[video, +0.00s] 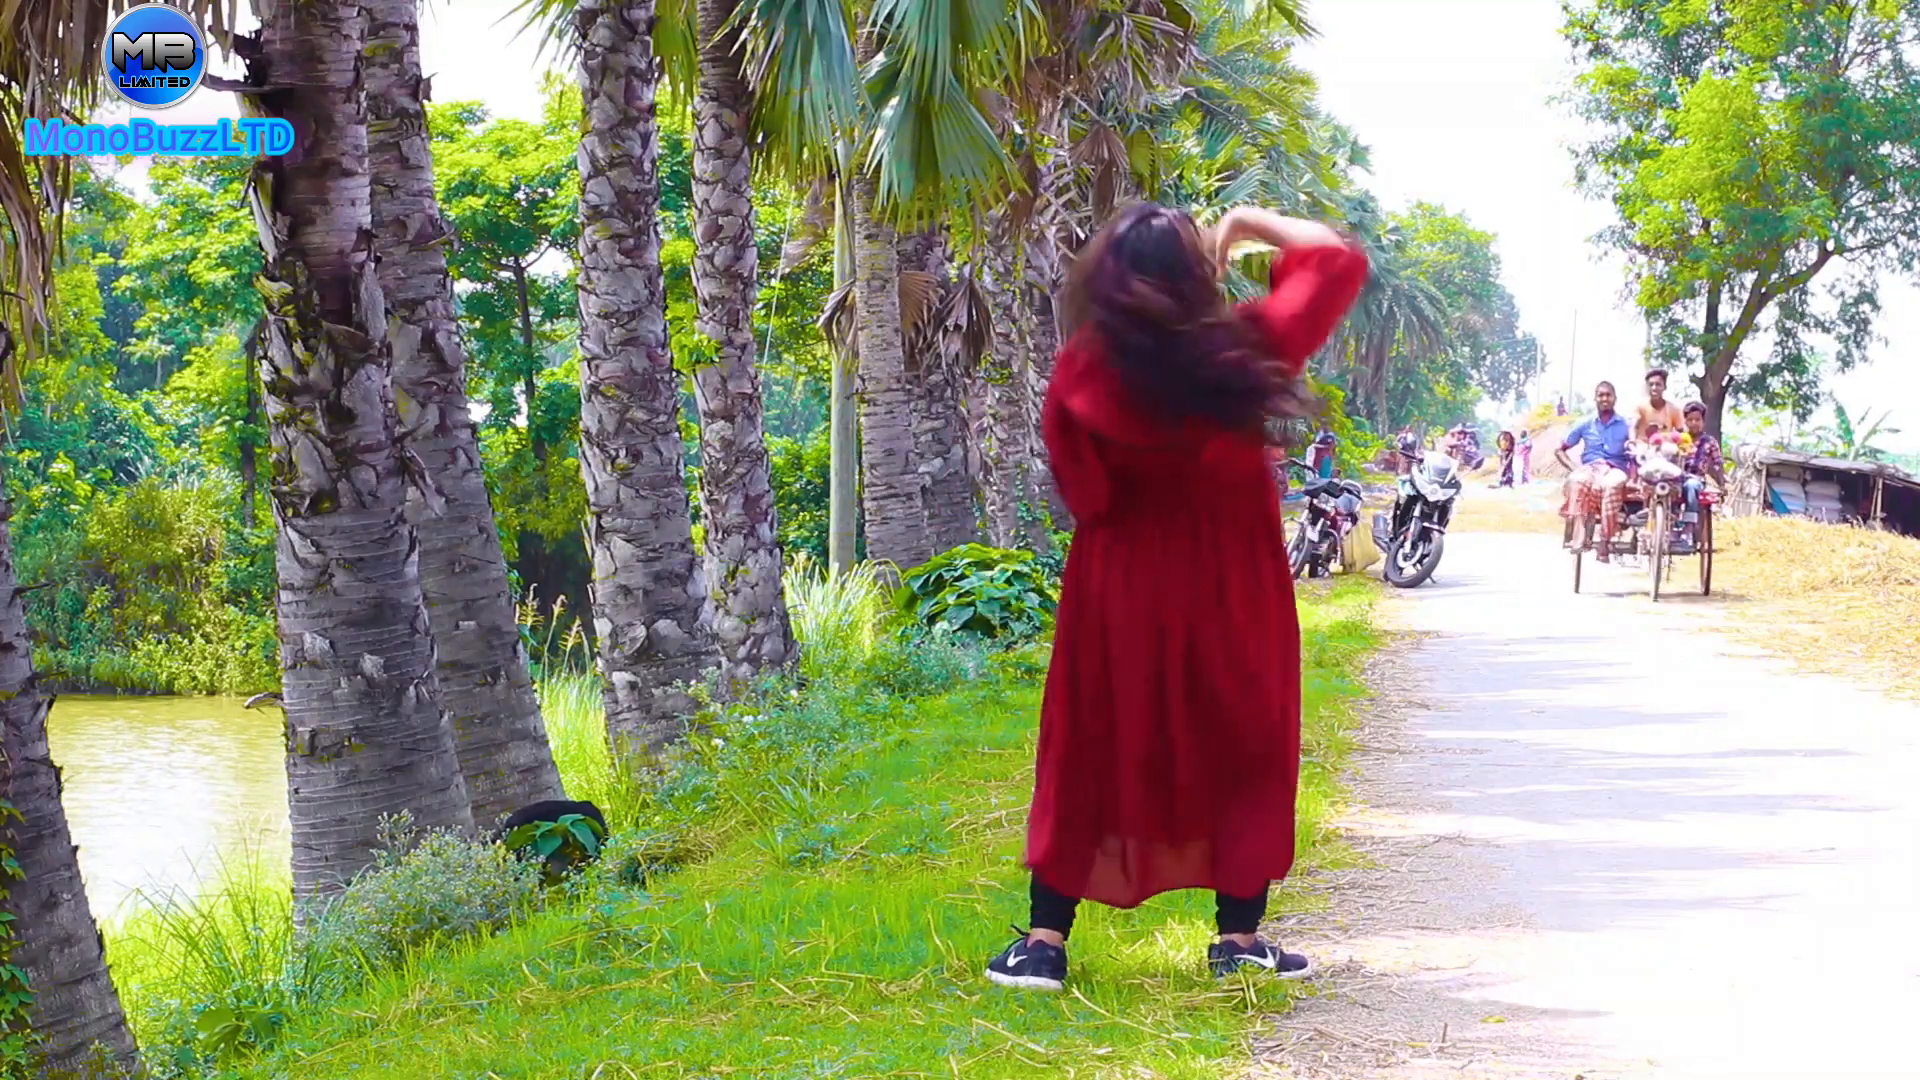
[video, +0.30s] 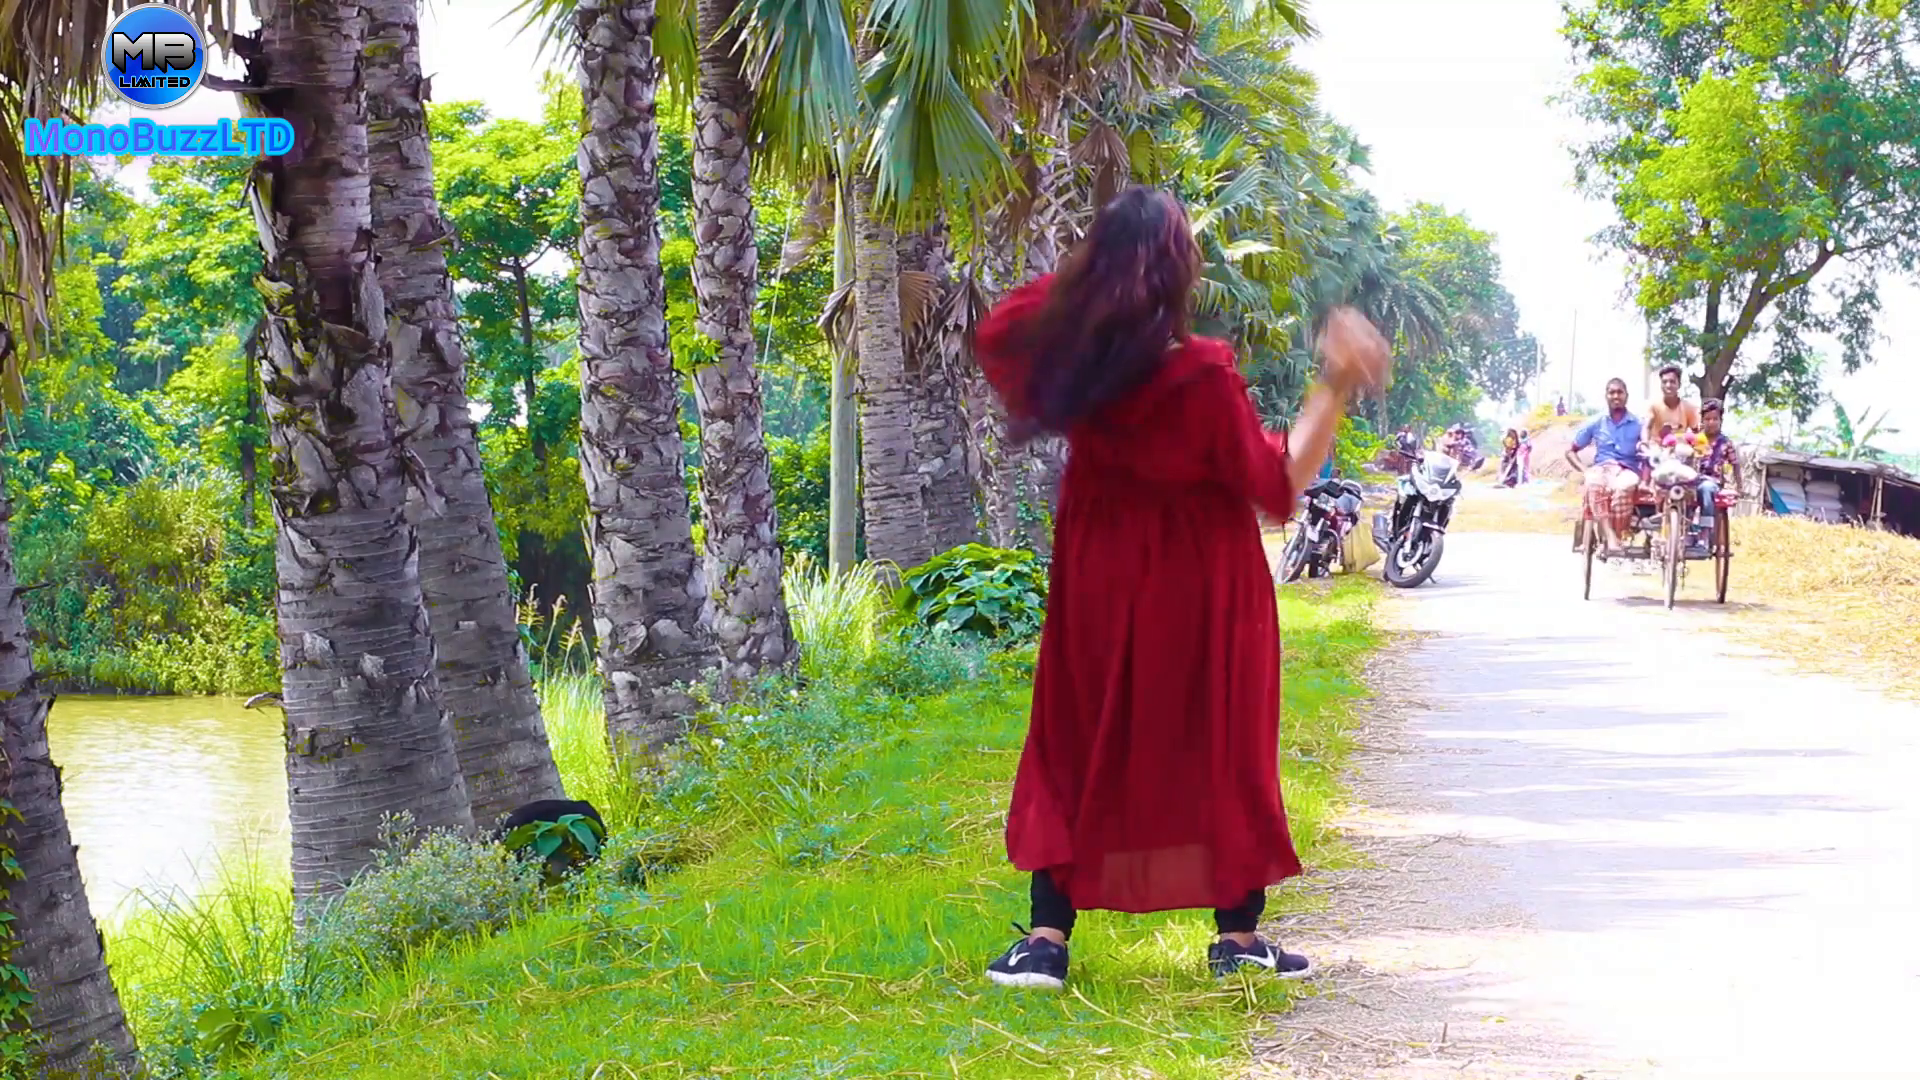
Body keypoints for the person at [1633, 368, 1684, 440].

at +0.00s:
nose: (1654, 388)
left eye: (1658, 384)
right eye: (1651, 384)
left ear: (1665, 387)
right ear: (1647, 387)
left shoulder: (1673, 410)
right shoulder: (1641, 407)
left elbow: (1682, 431)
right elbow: (1633, 426)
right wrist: (1632, 441)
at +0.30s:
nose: (1668, 385)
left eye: (1672, 382)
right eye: (1664, 382)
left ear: (1679, 384)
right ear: (1661, 384)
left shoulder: (1688, 408)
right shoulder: (1654, 407)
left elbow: (1695, 430)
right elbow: (1646, 427)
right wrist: (1645, 442)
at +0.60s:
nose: (1683, 383)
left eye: (1687, 379)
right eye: (1679, 379)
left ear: (1694, 381)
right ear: (1675, 381)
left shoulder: (1707, 404)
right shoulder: (1670, 406)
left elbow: (1714, 430)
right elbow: (1662, 427)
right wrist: (1661, 441)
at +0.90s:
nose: (1702, 379)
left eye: (1706, 375)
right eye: (1698, 375)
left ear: (1715, 377)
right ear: (1693, 378)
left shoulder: (1726, 402)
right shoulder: (1686, 400)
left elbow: (1735, 428)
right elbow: (1680, 424)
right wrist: (1679, 440)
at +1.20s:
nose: (1722, 375)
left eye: (1728, 370)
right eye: (1718, 370)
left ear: (1736, 374)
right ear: (1712, 373)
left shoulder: (1749, 399)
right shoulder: (1703, 395)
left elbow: (1756, 426)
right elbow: (1697, 421)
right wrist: (1696, 438)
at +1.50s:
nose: (1745, 367)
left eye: (1750, 362)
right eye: (1741, 363)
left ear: (1758, 365)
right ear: (1735, 366)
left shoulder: (1772, 393)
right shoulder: (1724, 391)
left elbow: (1780, 423)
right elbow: (1718, 418)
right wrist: (1718, 436)